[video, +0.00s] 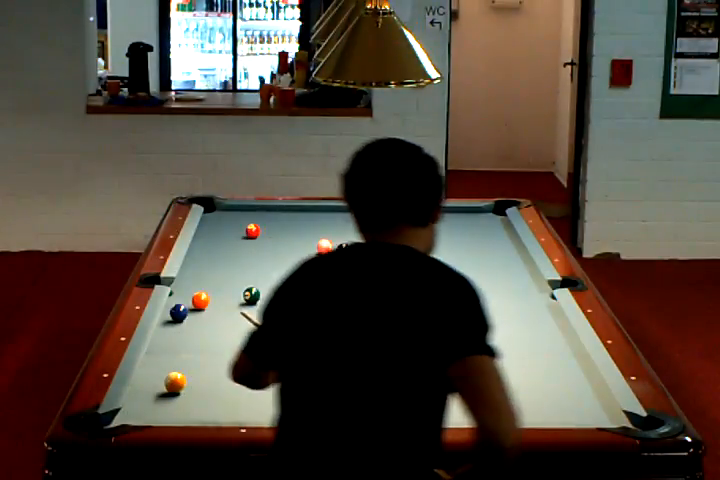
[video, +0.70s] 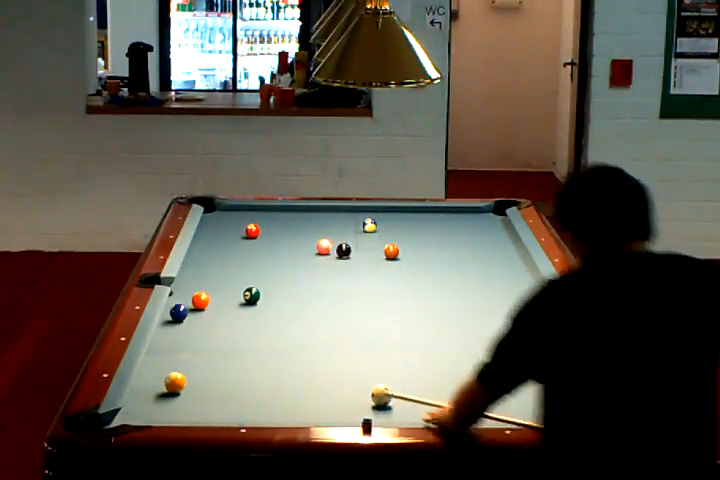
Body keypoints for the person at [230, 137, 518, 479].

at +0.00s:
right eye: (437, 205)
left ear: (355, 210)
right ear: (435, 210)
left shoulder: (311, 276)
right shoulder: (448, 290)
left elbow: (246, 372)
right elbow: (501, 428)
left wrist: (304, 354)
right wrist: (453, 472)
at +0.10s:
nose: (465, 219)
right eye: (466, 209)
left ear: (385, 217)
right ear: (465, 215)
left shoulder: (343, 288)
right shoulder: (487, 293)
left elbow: (275, 381)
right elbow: (545, 424)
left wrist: (334, 369)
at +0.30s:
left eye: (448, 203)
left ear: (450, 209)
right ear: (525, 204)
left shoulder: (420, 282)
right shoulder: (568, 273)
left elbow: (345, 390)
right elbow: (646, 384)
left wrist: (356, 381)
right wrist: (643, 460)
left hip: (428, 479)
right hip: (529, 479)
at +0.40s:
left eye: (478, 202)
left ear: (478, 208)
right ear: (558, 196)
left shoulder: (452, 277)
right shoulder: (600, 265)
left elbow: (376, 392)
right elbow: (688, 369)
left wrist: (382, 394)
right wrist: (699, 455)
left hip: (461, 474)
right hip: (563, 473)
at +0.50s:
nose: (503, 215)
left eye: (501, 206)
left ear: (505, 208)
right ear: (578, 198)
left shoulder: (482, 276)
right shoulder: (632, 260)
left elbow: (405, 393)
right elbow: (714, 343)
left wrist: (413, 398)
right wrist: (717, 451)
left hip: (496, 475)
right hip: (601, 474)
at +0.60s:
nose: (533, 222)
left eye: (531, 213)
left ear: (536, 217)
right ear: (608, 205)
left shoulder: (518, 282)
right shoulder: (670, 266)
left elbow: (437, 395)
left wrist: (431, 407)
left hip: (535, 478)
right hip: (641, 476)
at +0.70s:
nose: (563, 236)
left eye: (564, 225)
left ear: (572, 229)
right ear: (643, 222)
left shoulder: (559, 301)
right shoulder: (698, 279)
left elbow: (480, 394)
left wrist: (452, 423)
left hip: (581, 472)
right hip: (690, 466)